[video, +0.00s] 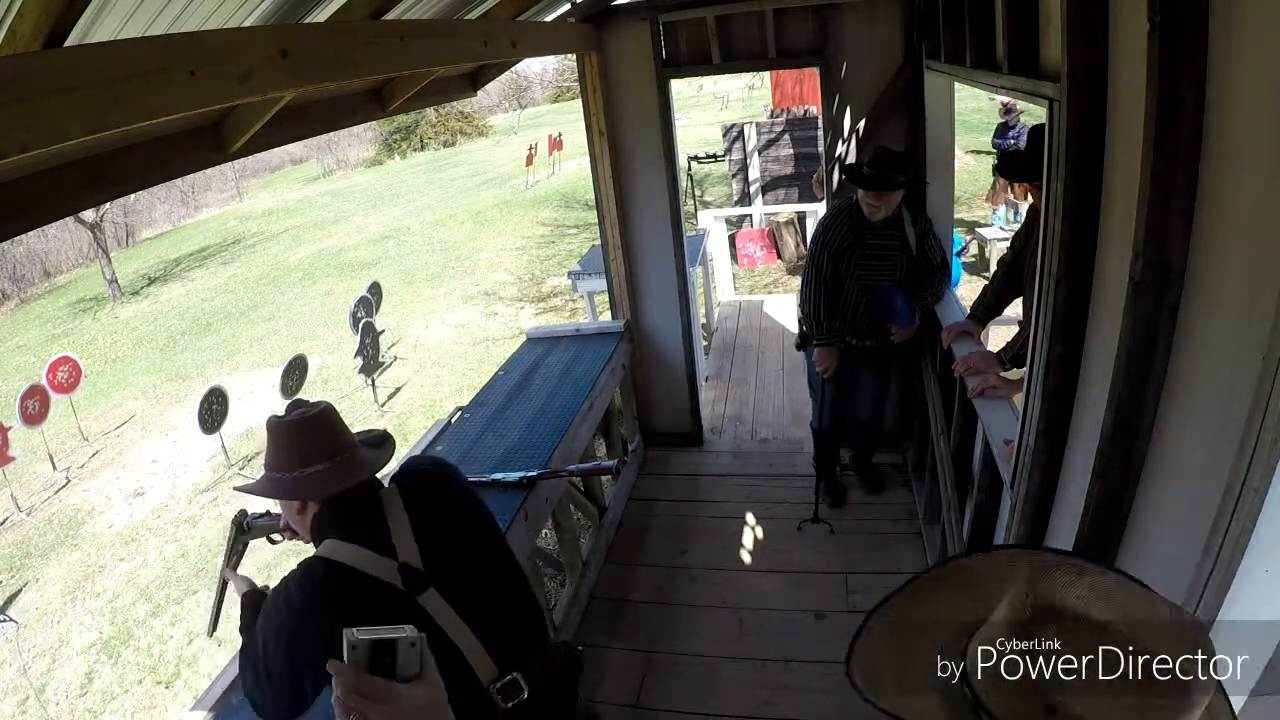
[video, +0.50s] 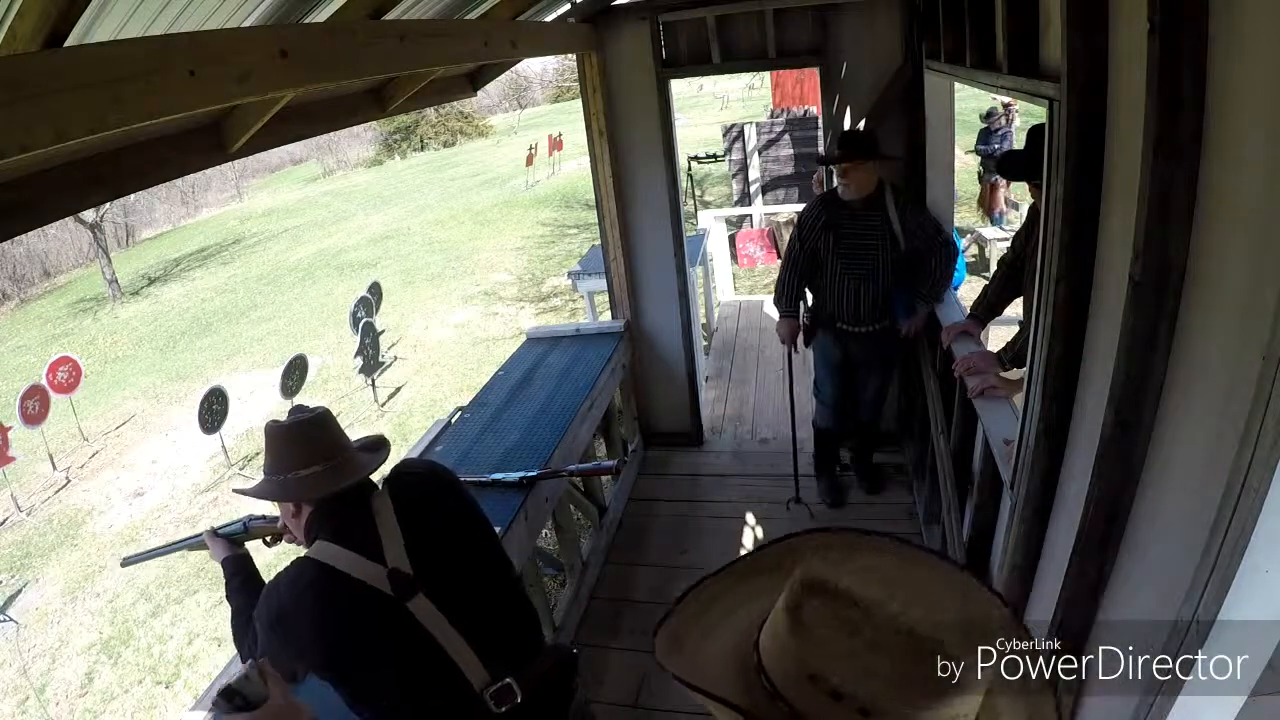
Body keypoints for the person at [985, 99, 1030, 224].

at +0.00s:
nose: (1008, 120)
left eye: (1011, 117)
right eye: (1006, 117)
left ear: (1016, 115)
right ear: (1004, 116)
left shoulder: (1024, 128)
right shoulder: (1001, 127)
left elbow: (1021, 145)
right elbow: (994, 143)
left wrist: (1001, 144)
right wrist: (1012, 142)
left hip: (1018, 166)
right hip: (1002, 164)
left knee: (1018, 194)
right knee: (999, 193)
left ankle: (1019, 221)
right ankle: (997, 221)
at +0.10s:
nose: (1005, 121)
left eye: (1007, 118)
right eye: (1003, 118)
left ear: (1013, 116)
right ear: (1002, 117)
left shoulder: (1022, 129)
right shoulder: (998, 129)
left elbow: (1021, 145)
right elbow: (992, 145)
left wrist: (999, 146)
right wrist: (1011, 143)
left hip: (1017, 167)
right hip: (1000, 166)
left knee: (1017, 195)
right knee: (998, 194)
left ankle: (1019, 222)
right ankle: (997, 222)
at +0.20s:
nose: (1001, 121)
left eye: (1004, 118)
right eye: (1000, 118)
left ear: (1011, 117)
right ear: (999, 118)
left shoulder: (1017, 131)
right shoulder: (994, 130)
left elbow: (1016, 147)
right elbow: (988, 147)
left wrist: (995, 146)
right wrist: (1006, 145)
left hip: (1014, 168)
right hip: (997, 167)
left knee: (1014, 195)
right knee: (995, 195)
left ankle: (1016, 221)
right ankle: (997, 222)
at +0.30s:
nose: (997, 122)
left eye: (1000, 118)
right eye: (996, 118)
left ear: (1007, 117)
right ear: (994, 118)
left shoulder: (1013, 131)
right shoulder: (990, 131)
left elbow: (1012, 148)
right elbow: (985, 146)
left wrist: (991, 147)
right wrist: (1002, 146)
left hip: (1008, 168)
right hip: (993, 168)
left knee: (1007, 196)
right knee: (991, 196)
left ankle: (1007, 218)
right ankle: (994, 218)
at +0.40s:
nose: (993, 123)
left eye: (995, 120)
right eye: (992, 120)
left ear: (1001, 118)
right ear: (991, 119)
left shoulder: (1010, 130)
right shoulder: (987, 131)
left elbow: (1009, 148)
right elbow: (982, 147)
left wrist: (988, 148)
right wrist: (1001, 146)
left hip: (1005, 169)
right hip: (990, 168)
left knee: (1003, 197)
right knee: (991, 197)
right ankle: (994, 222)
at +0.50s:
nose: (990, 124)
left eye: (992, 122)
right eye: (989, 122)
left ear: (999, 119)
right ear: (987, 121)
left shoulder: (1007, 132)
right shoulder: (983, 131)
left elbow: (1004, 150)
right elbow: (978, 149)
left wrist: (982, 150)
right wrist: (995, 148)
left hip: (1000, 171)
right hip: (986, 170)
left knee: (997, 202)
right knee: (986, 201)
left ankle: (999, 227)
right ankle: (994, 225)